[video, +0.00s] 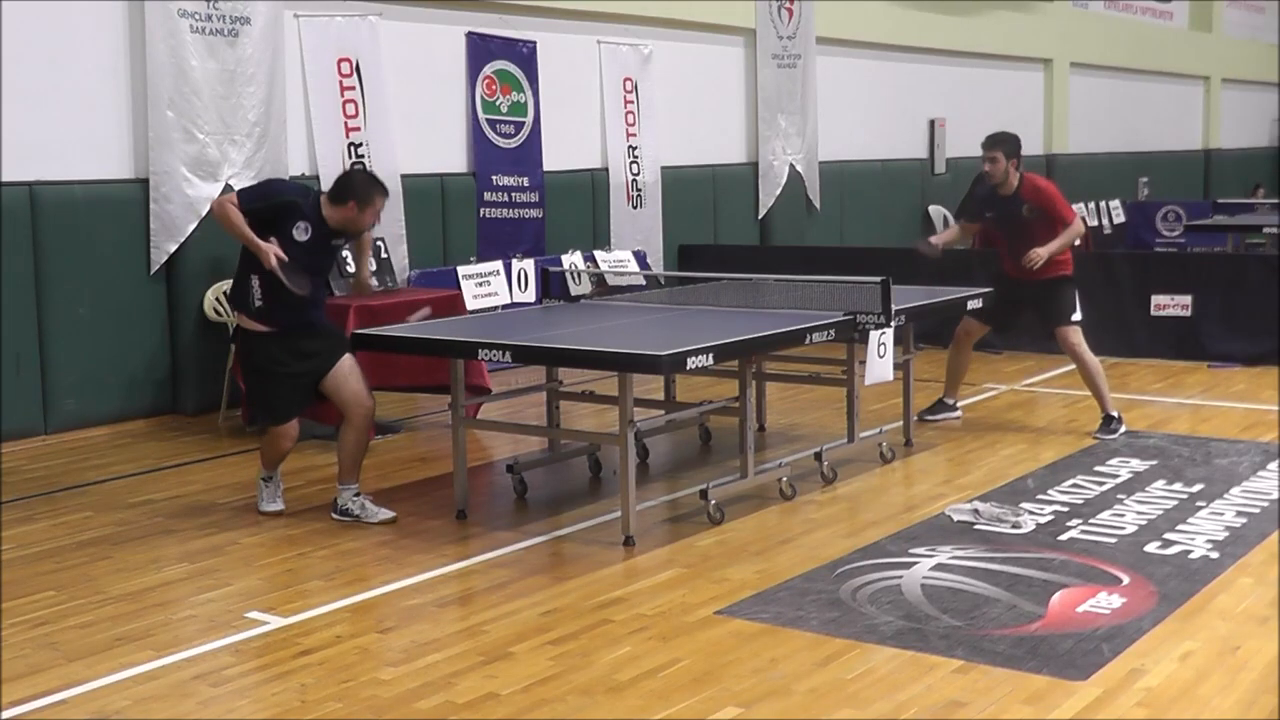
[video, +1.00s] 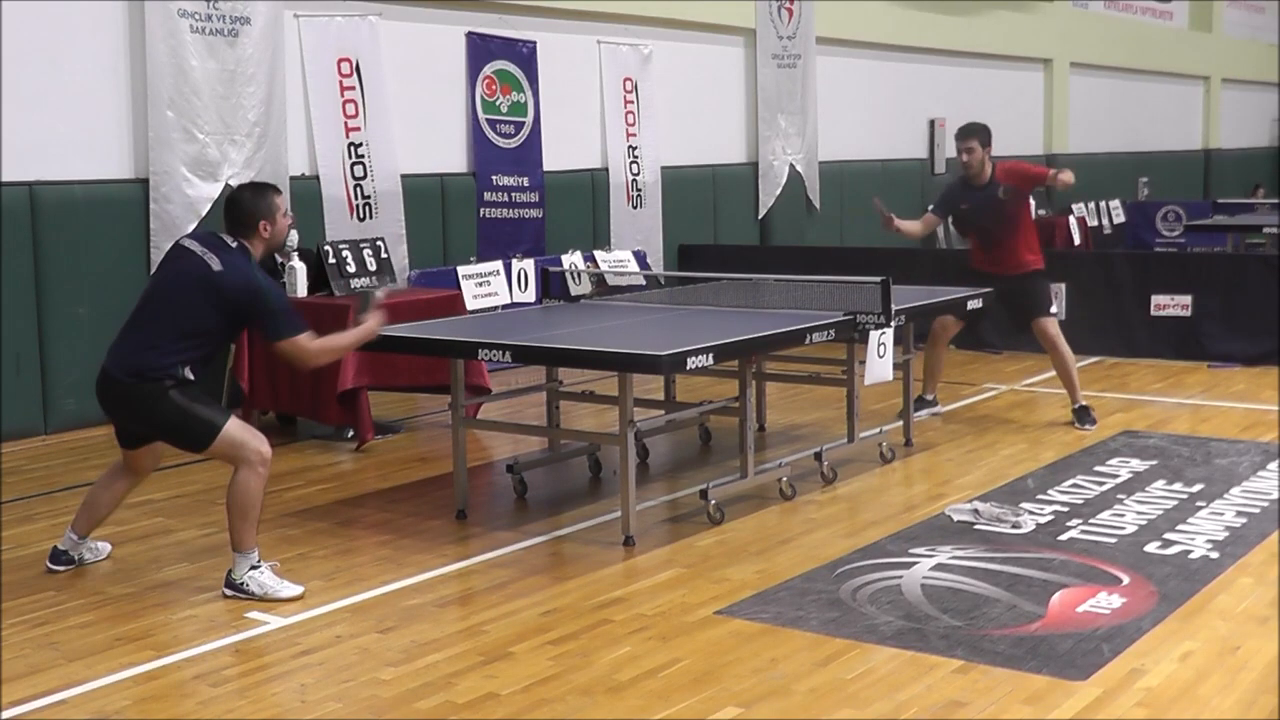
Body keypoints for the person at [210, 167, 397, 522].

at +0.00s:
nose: (375, 221)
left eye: (377, 214)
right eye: (373, 214)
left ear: (352, 207)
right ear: (353, 207)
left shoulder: (339, 224)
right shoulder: (285, 197)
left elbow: (363, 230)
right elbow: (221, 205)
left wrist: (362, 275)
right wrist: (257, 244)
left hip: (310, 329)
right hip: (261, 335)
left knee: (361, 405)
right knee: (284, 434)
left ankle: (348, 497)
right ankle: (269, 477)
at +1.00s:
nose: (289, 223)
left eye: (288, 215)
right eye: (285, 216)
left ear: (237, 220)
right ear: (263, 227)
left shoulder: (196, 241)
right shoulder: (251, 282)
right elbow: (307, 354)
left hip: (119, 380)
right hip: (152, 390)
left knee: (137, 463)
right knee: (254, 454)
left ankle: (69, 544)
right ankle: (245, 570)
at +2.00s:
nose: (247, 196)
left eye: (246, 188)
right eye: (247, 189)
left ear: (198, 181)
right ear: (236, 192)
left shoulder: (148, 210)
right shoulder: (227, 244)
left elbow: (155, 277)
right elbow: (234, 322)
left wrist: (223, 289)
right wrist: (252, 295)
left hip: (93, 355)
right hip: (145, 363)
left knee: (124, 452)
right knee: (209, 461)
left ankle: (92, 555)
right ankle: (236, 589)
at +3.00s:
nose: (347, 215)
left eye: (347, 207)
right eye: (345, 208)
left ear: (296, 208)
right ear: (332, 214)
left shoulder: (257, 236)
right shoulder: (323, 270)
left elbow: (232, 302)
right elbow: (337, 352)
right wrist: (377, 348)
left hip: (203, 385)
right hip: (249, 390)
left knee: (232, 464)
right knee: (358, 447)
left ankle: (163, 549)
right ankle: (357, 565)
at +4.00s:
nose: (270, 140)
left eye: (267, 131)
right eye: (264, 132)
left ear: (226, 139)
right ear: (242, 139)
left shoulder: (192, 177)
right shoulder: (228, 190)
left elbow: (203, 253)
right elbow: (227, 267)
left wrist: (259, 234)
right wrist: (289, 303)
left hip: (164, 324)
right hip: (192, 329)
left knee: (184, 427)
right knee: (226, 432)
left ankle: (163, 531)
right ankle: (179, 540)